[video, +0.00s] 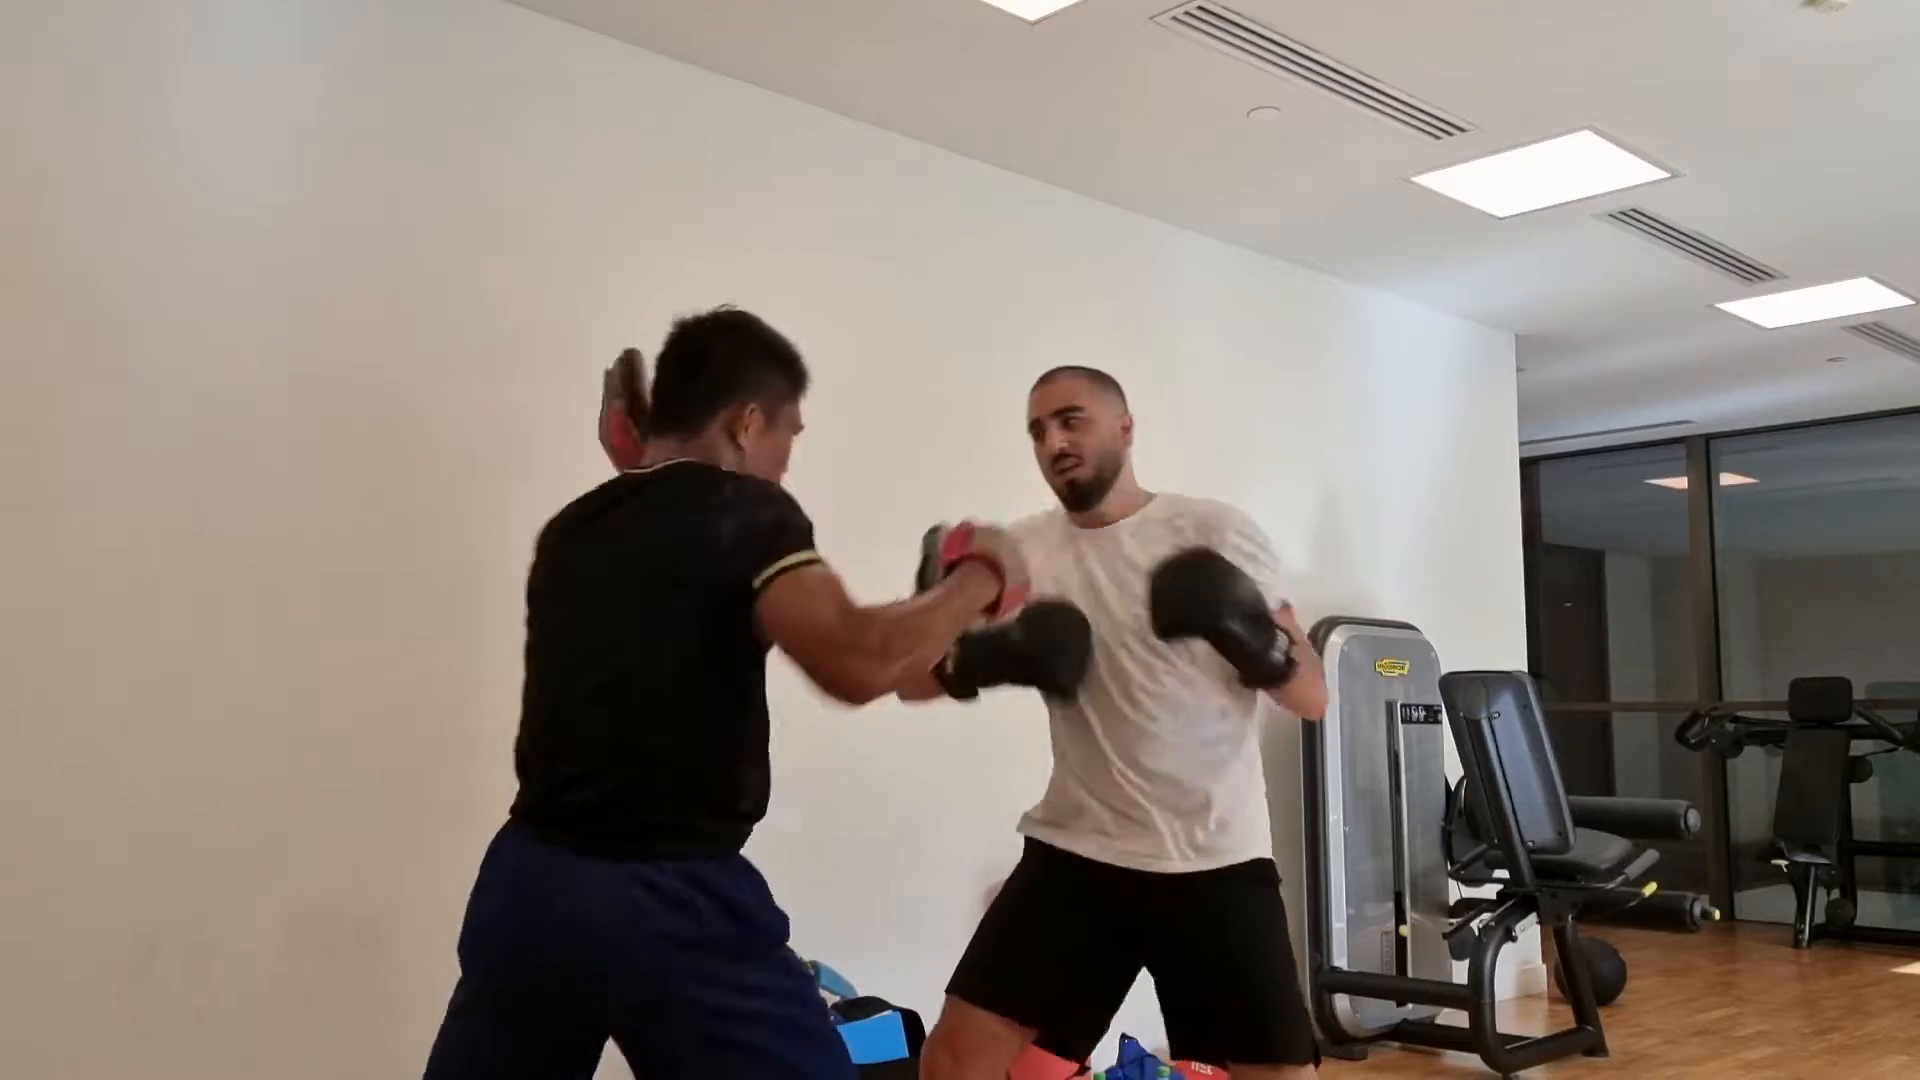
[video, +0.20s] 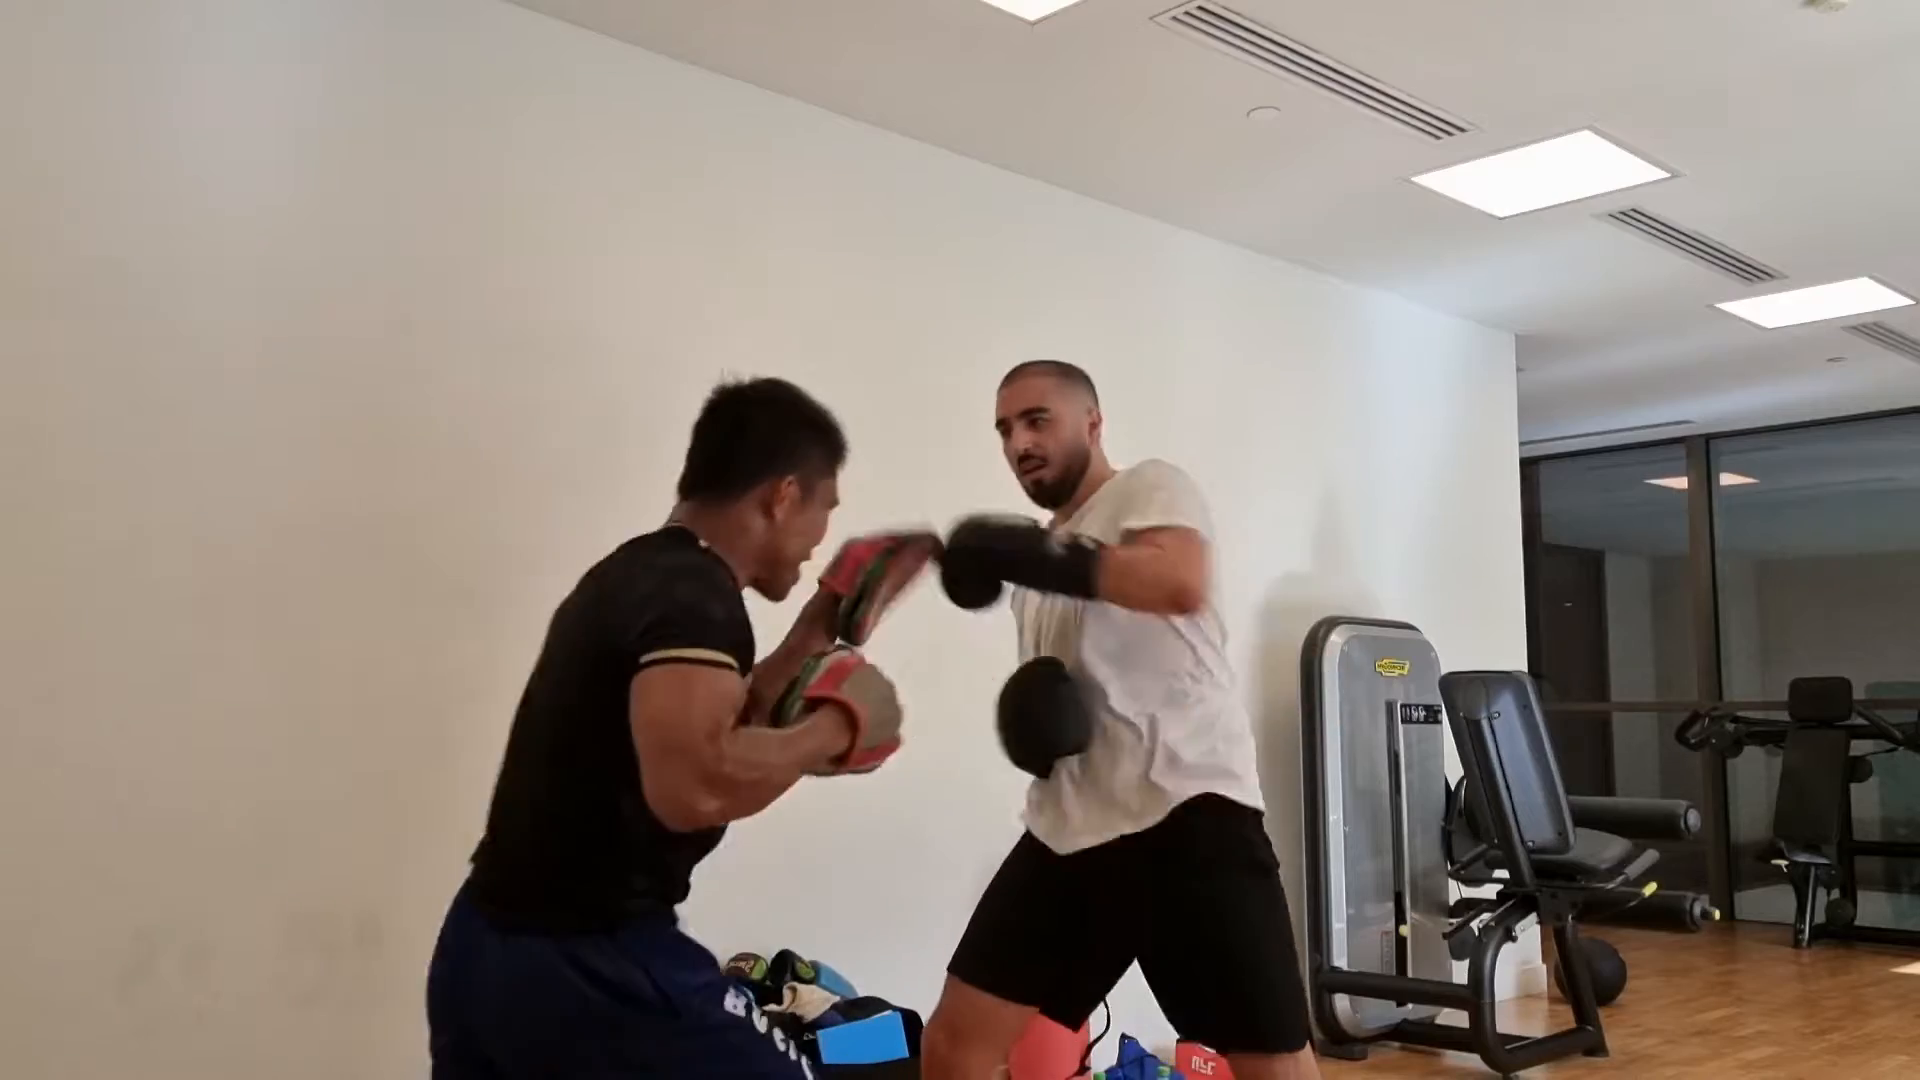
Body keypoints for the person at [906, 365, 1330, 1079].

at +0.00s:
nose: (1053, 441)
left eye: (1071, 419)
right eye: (1038, 430)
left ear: (1124, 425)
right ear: (1033, 452)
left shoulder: (1218, 533)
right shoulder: (1018, 551)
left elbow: (1313, 696)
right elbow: (908, 677)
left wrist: (1246, 629)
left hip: (1219, 867)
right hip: (1076, 860)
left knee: (1280, 1071)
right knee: (956, 1062)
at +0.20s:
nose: (1019, 443)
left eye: (1037, 420)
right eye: (1006, 430)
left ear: (1093, 424)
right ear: (1001, 446)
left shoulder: (1152, 485)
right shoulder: (1036, 561)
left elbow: (1180, 580)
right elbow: (1047, 690)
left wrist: (1042, 563)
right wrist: (1033, 717)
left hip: (1191, 821)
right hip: (1068, 838)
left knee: (1275, 1065)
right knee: (956, 1047)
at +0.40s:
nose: (1103, 427)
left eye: (1124, 406)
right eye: (1090, 413)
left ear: (1180, 416)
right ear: (1079, 427)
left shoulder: (1257, 544)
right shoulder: (1032, 540)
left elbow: (1315, 661)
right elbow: (975, 691)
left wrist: (1304, 697)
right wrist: (1066, 714)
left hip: (1216, 844)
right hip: (1066, 851)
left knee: (1300, 1066)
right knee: (957, 1066)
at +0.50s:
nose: (1098, 454)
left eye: (1121, 431)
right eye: (1087, 434)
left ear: (1179, 439)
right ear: (1075, 441)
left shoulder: (1254, 567)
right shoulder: (1036, 544)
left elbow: (1300, 693)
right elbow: (969, 694)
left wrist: (1317, 767)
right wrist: (1030, 690)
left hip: (1203, 859)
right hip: (1057, 855)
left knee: (1270, 1069)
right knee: (946, 1062)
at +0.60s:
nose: (1043, 461)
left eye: (1068, 441)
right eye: (1039, 439)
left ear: (1132, 454)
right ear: (1034, 443)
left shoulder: (1181, 584)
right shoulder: (1034, 552)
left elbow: (1262, 731)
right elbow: (1005, 670)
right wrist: (1007, 708)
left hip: (1175, 883)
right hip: (1051, 866)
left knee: (1219, 1070)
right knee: (934, 1041)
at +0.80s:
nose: (1035, 451)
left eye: (1056, 427)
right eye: (1025, 431)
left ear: (1118, 427)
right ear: (1016, 434)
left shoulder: (1168, 548)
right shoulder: (1037, 534)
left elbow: (1131, 735)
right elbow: (1055, 677)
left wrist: (1005, 661)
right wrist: (960, 696)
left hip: (1162, 863)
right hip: (1032, 857)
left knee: (1236, 1071)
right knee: (917, 1055)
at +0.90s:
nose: (1036, 450)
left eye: (1053, 426)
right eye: (1022, 433)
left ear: (1114, 420)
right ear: (1014, 443)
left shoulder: (1213, 543)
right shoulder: (1001, 543)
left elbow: (1295, 695)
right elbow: (889, 634)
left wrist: (1211, 709)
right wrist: (912, 560)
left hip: (1176, 853)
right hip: (1023, 856)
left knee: (1254, 1070)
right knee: (923, 1067)